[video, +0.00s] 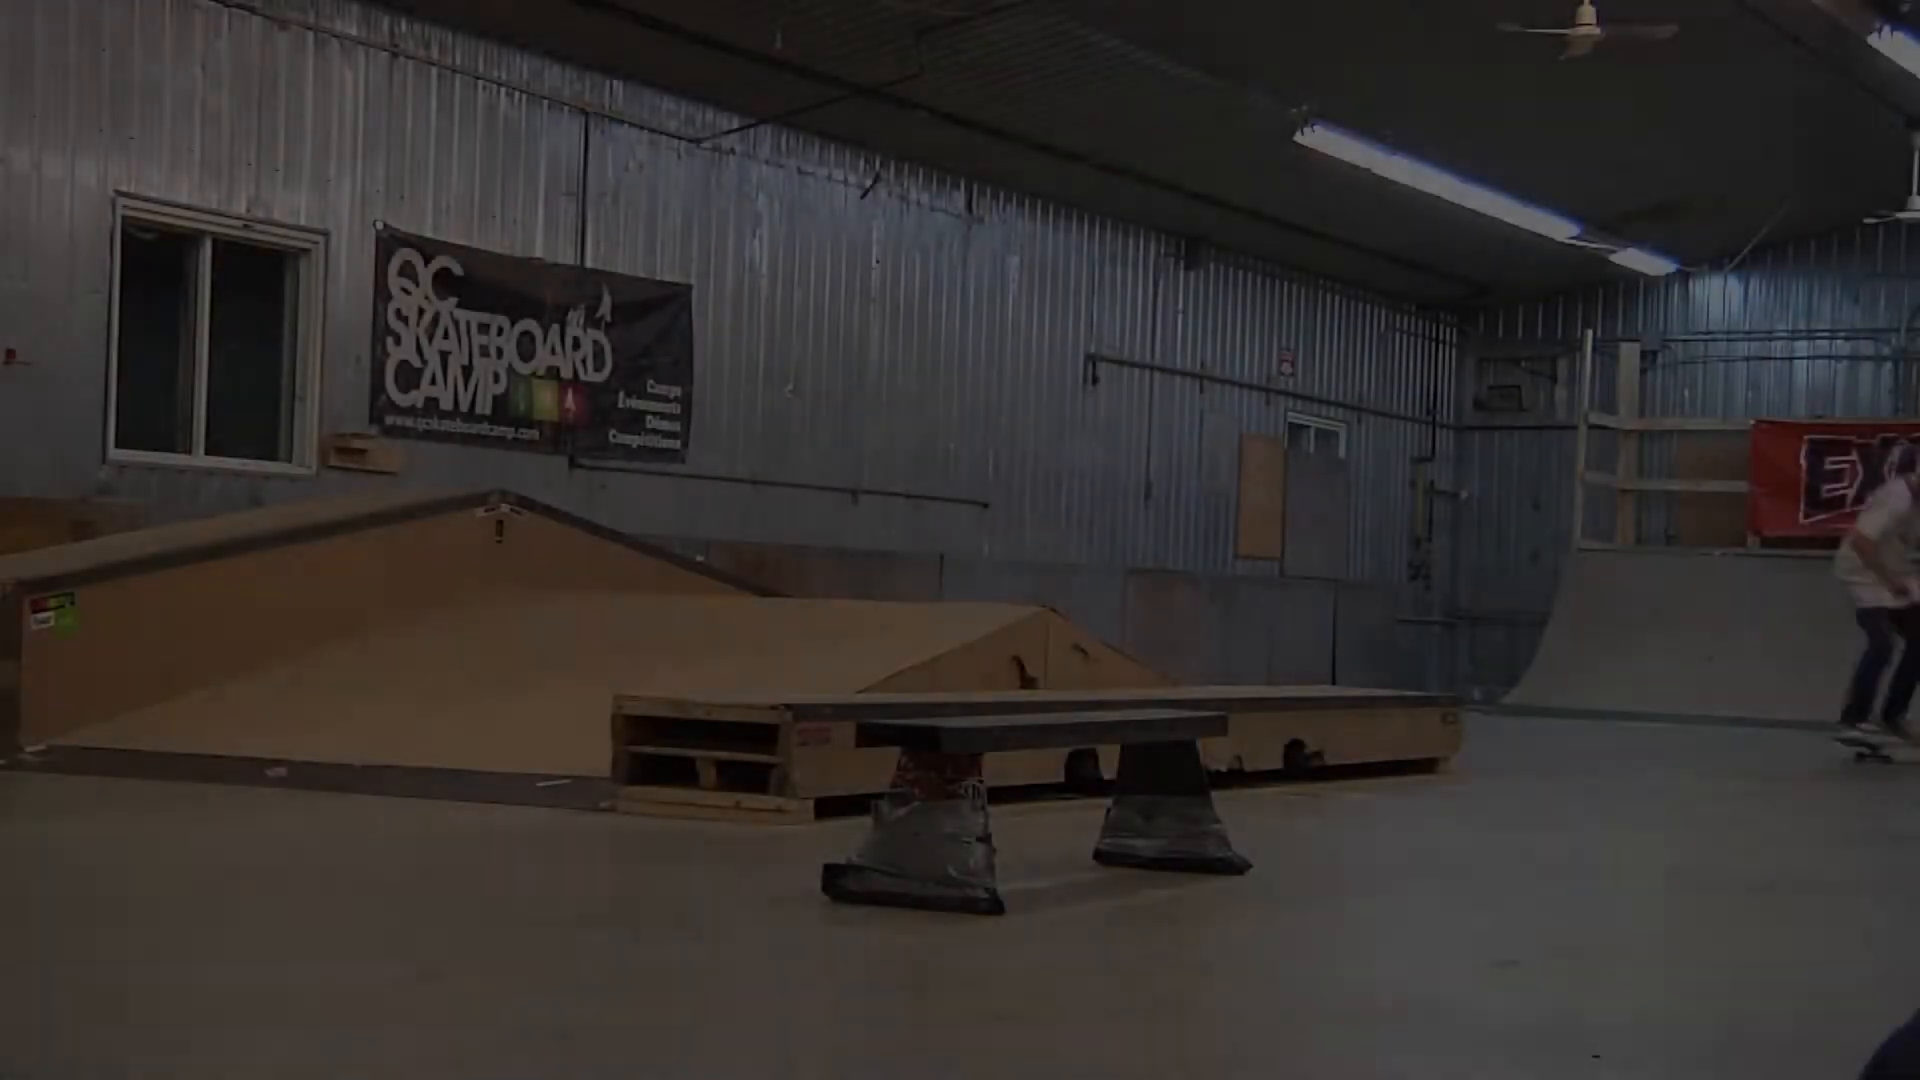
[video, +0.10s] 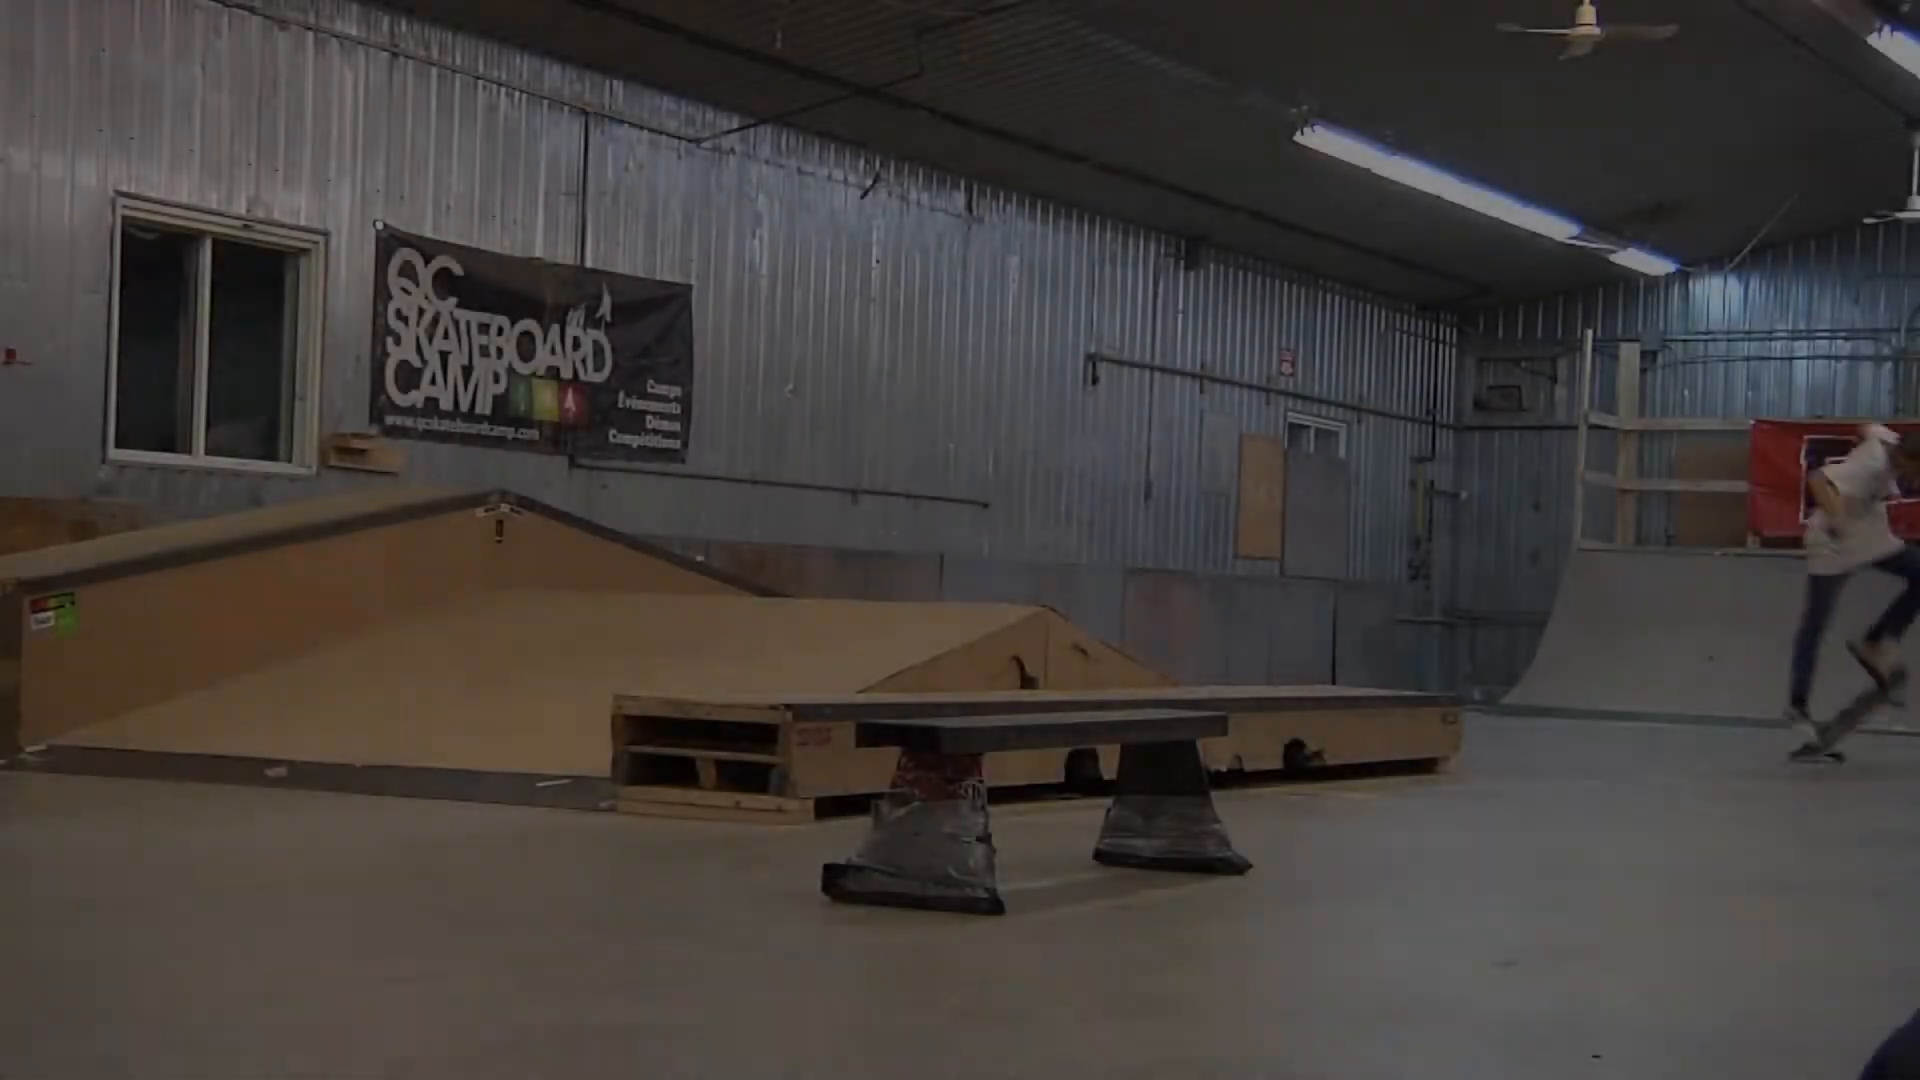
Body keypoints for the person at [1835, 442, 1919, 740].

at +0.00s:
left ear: (1911, 471)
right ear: (1915, 473)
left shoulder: (1908, 497)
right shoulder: (1898, 496)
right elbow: (1860, 539)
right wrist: (1892, 582)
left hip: (1901, 578)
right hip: (1863, 575)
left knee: (1915, 644)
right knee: (1881, 642)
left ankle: (1892, 716)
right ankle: (1853, 719)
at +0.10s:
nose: (1913, 477)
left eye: (1915, 472)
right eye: (1913, 470)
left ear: (1906, 453)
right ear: (1905, 458)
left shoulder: (1891, 449)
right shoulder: (1870, 462)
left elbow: (1870, 430)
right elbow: (1818, 479)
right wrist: (1835, 514)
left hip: (1870, 538)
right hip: (1833, 545)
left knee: (1917, 574)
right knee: (1815, 622)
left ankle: (1876, 641)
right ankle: (1798, 705)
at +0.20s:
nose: (1883, 468)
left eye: (1887, 465)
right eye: (1883, 462)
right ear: (1874, 450)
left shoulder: (1869, 442)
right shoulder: (1832, 448)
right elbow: (1764, 453)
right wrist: (1753, 484)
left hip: (1839, 508)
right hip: (1801, 514)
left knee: (1898, 564)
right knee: (1809, 578)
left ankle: (1837, 623)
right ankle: (1761, 650)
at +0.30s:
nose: (1840, 475)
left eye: (1845, 472)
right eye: (1840, 469)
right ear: (1830, 453)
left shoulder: (1838, 443)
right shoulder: (1790, 448)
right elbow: (1726, 459)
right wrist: (1711, 482)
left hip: (1811, 514)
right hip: (1769, 505)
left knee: (1839, 589)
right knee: (1802, 536)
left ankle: (1803, 631)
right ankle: (1756, 601)